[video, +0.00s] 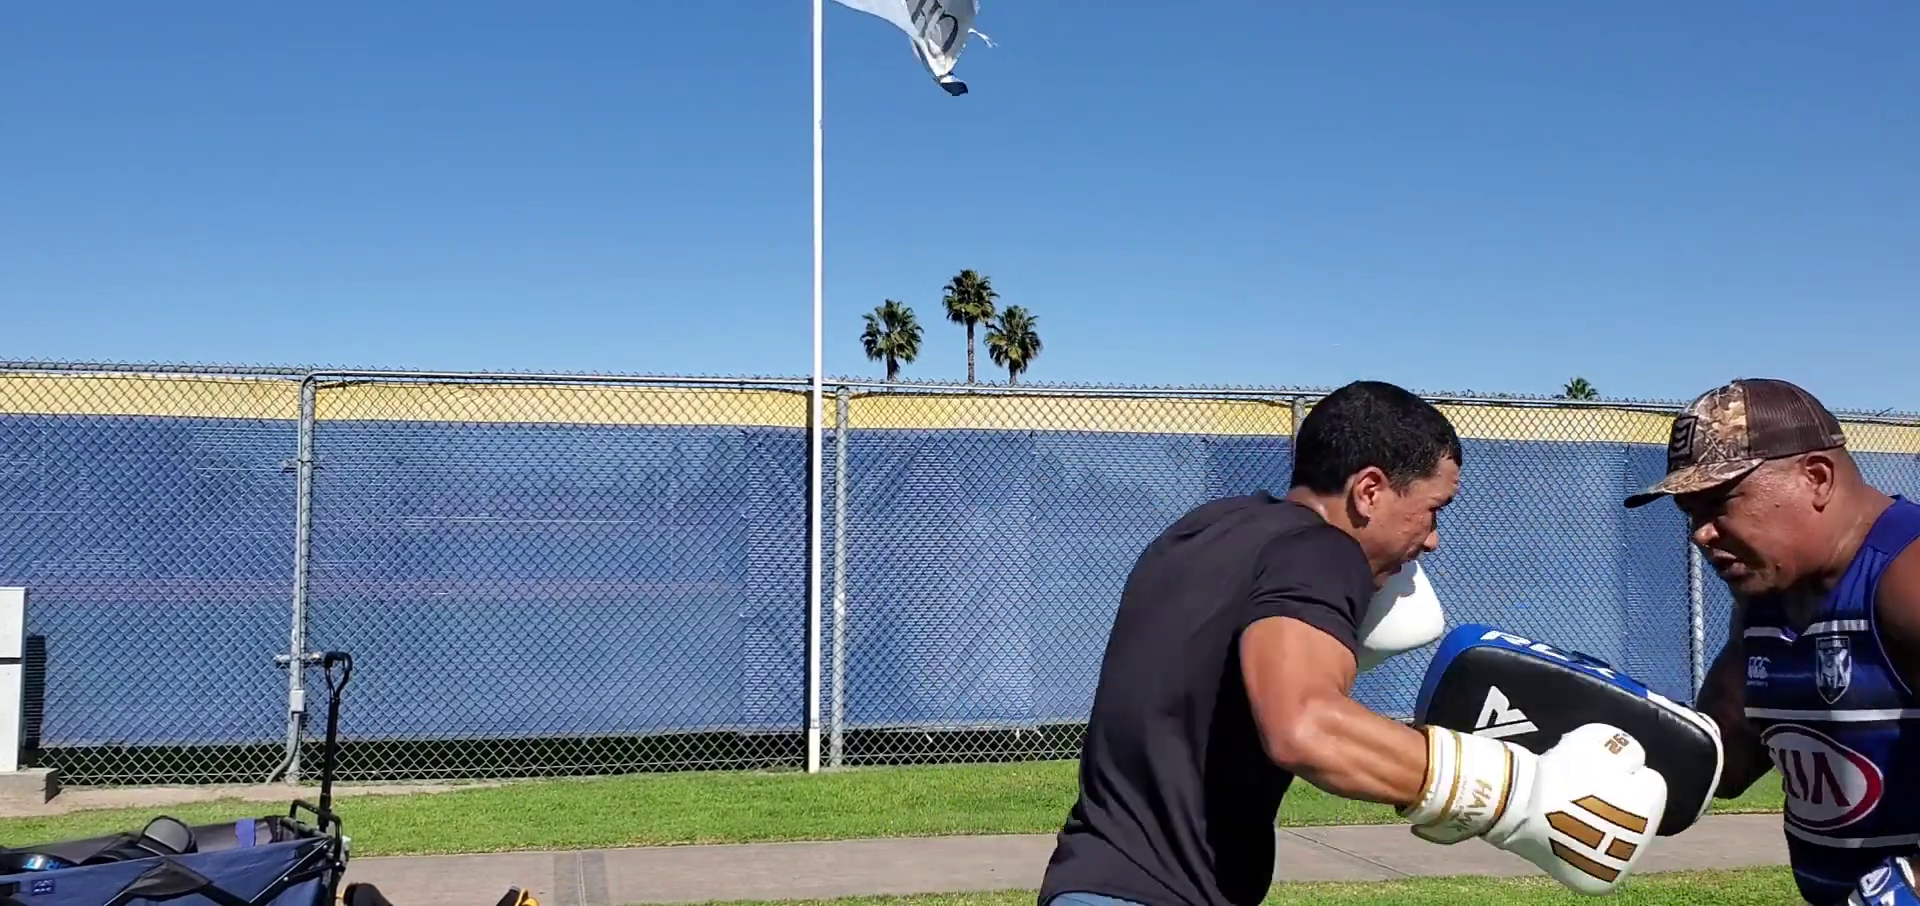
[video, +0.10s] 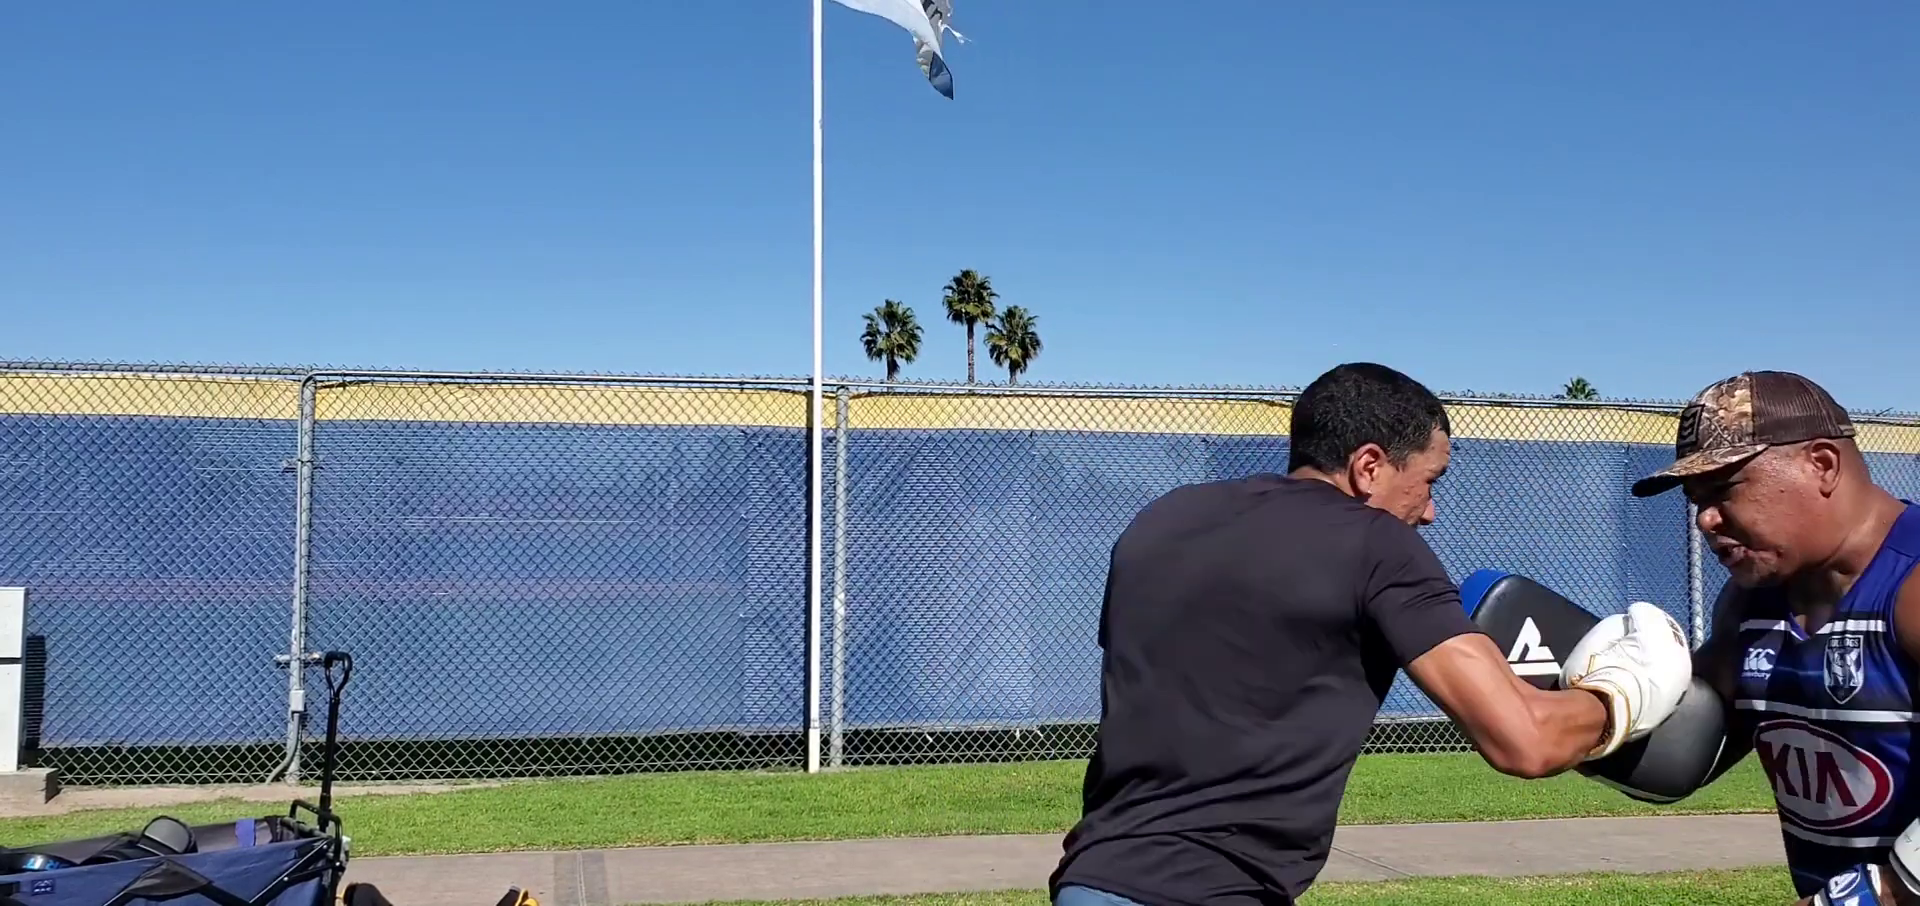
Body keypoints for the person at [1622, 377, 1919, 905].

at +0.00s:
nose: (1701, 535)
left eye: (1719, 504)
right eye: (1692, 512)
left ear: (1817, 480)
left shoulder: (1905, 582)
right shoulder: (1770, 596)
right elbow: (1728, 751)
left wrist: (1910, 884)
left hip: (1899, 890)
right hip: (1830, 889)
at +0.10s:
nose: (1705, 520)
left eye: (1724, 490)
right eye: (1697, 500)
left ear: (1823, 466)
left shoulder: (1909, 593)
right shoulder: (1751, 604)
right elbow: (1682, 753)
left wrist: (1892, 886)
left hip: (1906, 893)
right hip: (1827, 892)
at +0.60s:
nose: (1683, 511)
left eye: (1699, 481)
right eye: (1672, 495)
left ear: (1769, 454)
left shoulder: (1900, 543)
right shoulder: (1709, 573)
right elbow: (1610, 657)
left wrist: (1874, 869)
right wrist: (1693, 539)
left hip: (1890, 878)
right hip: (1786, 871)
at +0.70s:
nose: (1674, 507)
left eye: (1685, 482)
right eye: (1666, 492)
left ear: (1749, 455)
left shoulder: (1897, 544)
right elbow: (1595, 655)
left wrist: (1879, 870)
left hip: (1887, 884)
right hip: (1785, 875)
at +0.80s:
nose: (1667, 504)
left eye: (1678, 479)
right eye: (1664, 485)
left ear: (1743, 464)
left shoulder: (1897, 547)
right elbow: (1627, 666)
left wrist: (1894, 862)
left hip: (1884, 887)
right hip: (1793, 881)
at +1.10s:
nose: (1745, 459)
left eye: (1770, 433)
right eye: (1744, 438)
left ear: (1869, 437)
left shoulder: (1907, 555)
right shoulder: (1766, 592)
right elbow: (1697, 702)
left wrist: (1829, 811)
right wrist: (1644, 686)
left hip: (1894, 882)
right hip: (1788, 880)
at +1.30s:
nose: (1800, 472)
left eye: (1828, 441)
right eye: (1792, 445)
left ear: (1913, 438)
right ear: (1782, 447)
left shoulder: (1914, 572)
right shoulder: (1810, 568)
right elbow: (1728, 689)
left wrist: (1860, 845)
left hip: (1906, 883)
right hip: (1834, 881)